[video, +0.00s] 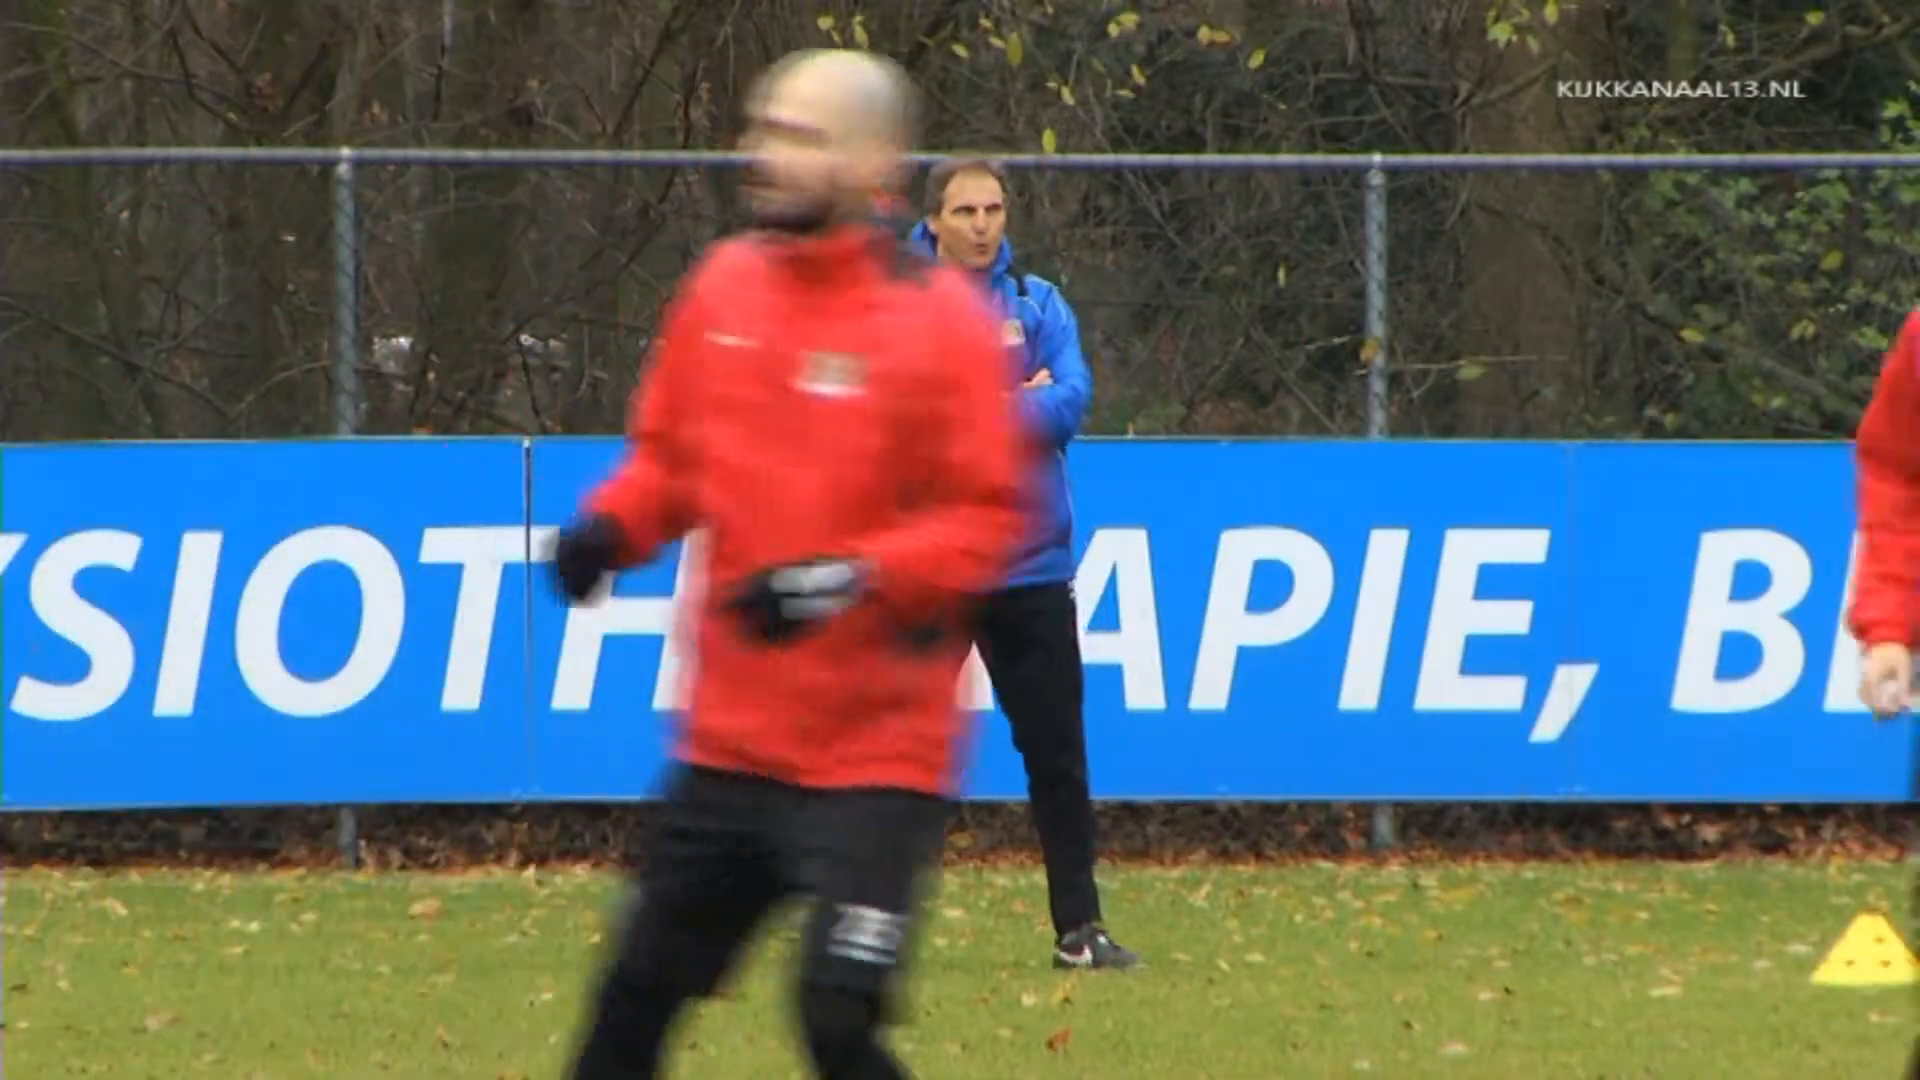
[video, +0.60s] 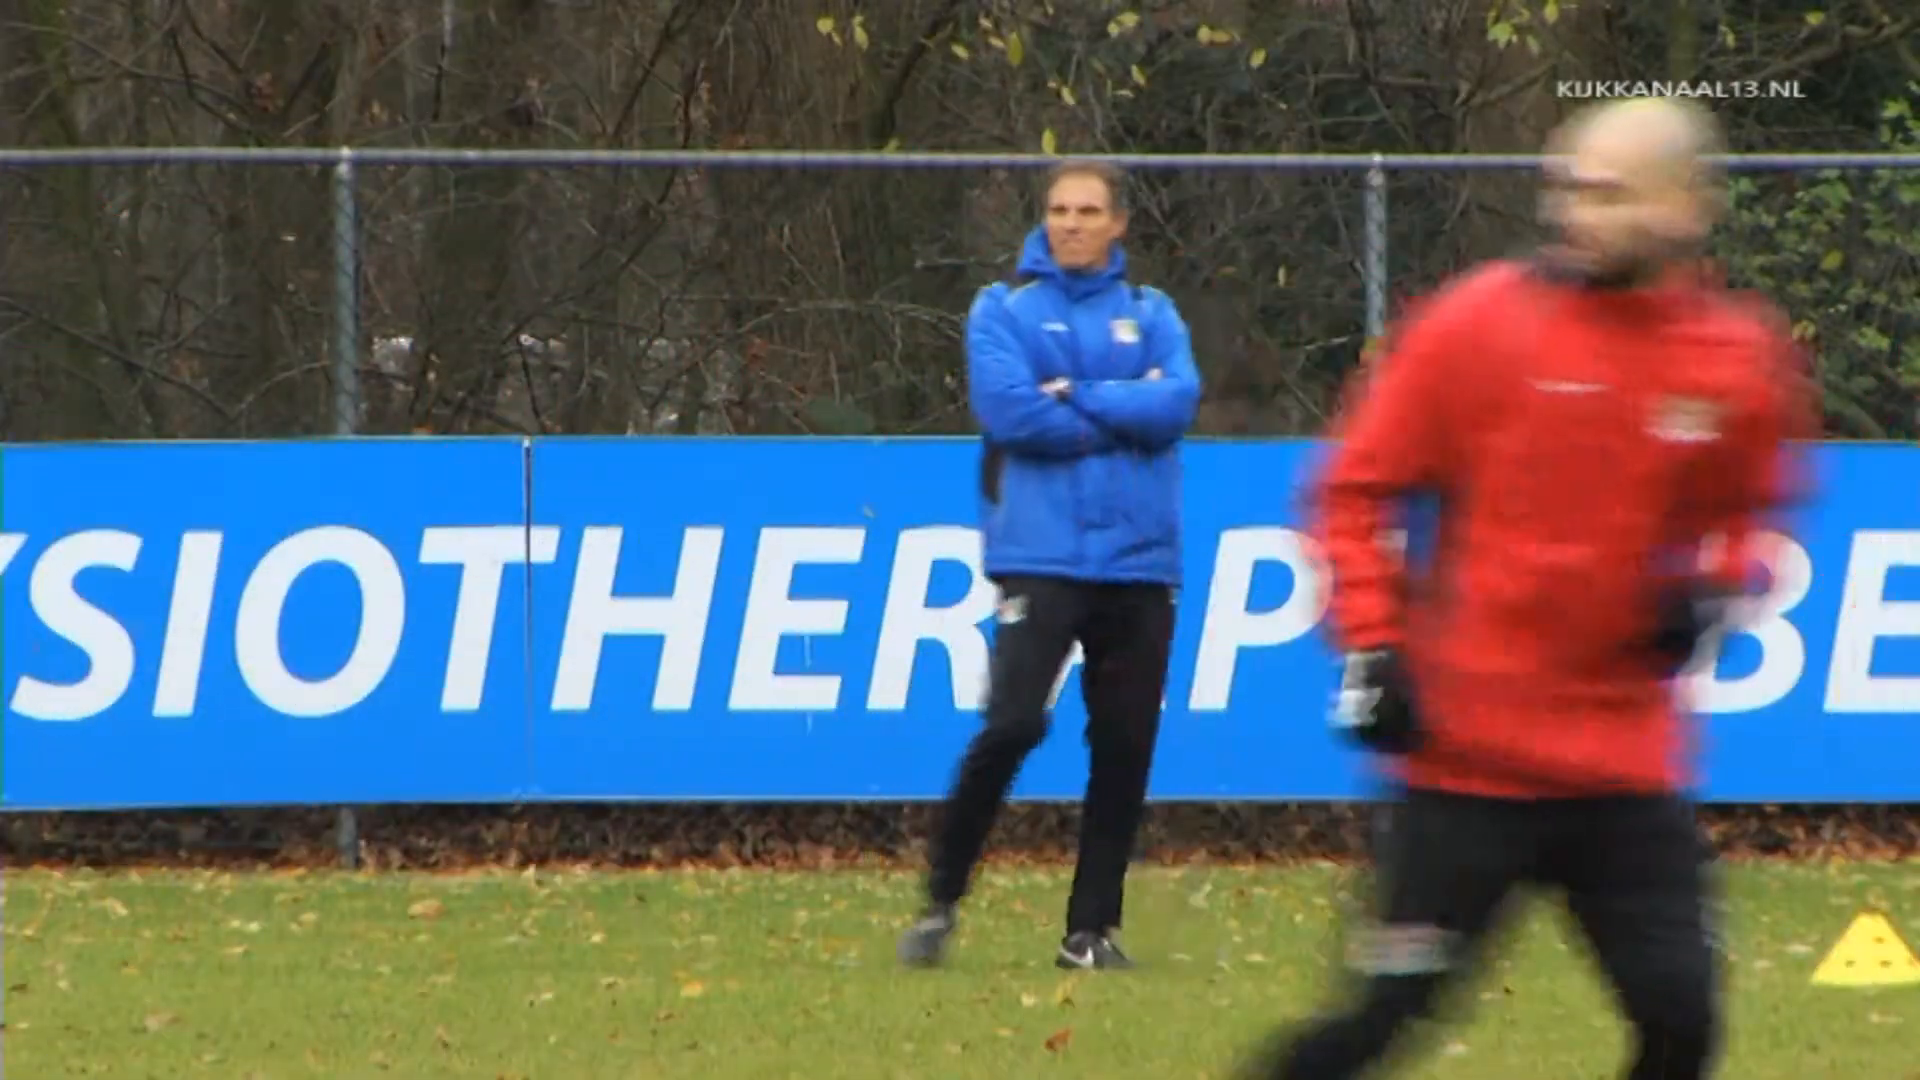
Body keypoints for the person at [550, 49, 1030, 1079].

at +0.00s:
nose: (760, 152)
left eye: (795, 136)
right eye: (758, 130)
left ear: (875, 167)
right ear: (747, 138)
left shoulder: (943, 321)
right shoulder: (724, 283)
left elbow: (995, 518)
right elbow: (671, 460)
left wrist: (861, 572)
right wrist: (607, 528)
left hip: (880, 753)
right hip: (736, 736)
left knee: (838, 1020)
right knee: (634, 995)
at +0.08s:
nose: (894, 150)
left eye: (927, 129)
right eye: (876, 127)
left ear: (983, 146)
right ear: (850, 138)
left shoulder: (1042, 298)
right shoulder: (794, 277)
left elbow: (1113, 483)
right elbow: (722, 430)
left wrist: (989, 538)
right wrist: (676, 506)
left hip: (969, 720)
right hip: (822, 706)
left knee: (900, 988)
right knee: (718, 961)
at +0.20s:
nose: (1077, 90)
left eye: (1096, 66)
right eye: (1050, 64)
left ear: (1121, 77)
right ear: (986, 70)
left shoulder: (1181, 220)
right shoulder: (899, 212)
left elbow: (1273, 376)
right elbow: (810, 359)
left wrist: (1172, 460)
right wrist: (831, 457)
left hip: (1110, 645)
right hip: (944, 637)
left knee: (1051, 924)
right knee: (888, 904)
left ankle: (1027, 1067)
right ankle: (882, 1065)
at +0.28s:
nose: (1179, 92)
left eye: (1200, 69)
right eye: (1150, 65)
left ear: (1226, 80)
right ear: (1082, 69)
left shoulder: (1272, 222)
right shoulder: (990, 204)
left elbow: (1345, 381)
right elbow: (883, 363)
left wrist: (1269, 466)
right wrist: (942, 469)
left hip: (1194, 649)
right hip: (1025, 637)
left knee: (1171, 909)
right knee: (1001, 913)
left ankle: (1151, 1066)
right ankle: (978, 1060)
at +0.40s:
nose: (1324, 174)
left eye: (1349, 151)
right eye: (1300, 145)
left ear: (1382, 164)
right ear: (1247, 144)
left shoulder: (1415, 313)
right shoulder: (1158, 283)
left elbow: (1439, 469)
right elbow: (1032, 456)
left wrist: (1414, 552)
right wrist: (1134, 566)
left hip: (1318, 735)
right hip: (1149, 734)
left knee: (1414, 962)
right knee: (1079, 1013)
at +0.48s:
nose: (1404, 200)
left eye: (1439, 181)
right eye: (1390, 174)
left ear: (1508, 201)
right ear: (1367, 178)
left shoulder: (1538, 342)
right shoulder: (1288, 301)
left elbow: (1524, 506)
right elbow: (1168, 490)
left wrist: (1519, 590)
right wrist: (1241, 619)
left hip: (1427, 753)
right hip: (1257, 752)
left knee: (1537, 980)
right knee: (1161, 1000)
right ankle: (1082, 1067)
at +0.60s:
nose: (1569, 211)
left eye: (1604, 193)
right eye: (1565, 187)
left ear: (1687, 212)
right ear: (1550, 188)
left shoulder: (1738, 353)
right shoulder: (1483, 319)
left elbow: (1752, 522)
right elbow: (1350, 492)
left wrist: (1708, 589)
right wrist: (1376, 647)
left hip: (1620, 764)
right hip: (1466, 753)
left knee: (1681, 1022)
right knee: (1389, 1009)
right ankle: (1285, 1066)